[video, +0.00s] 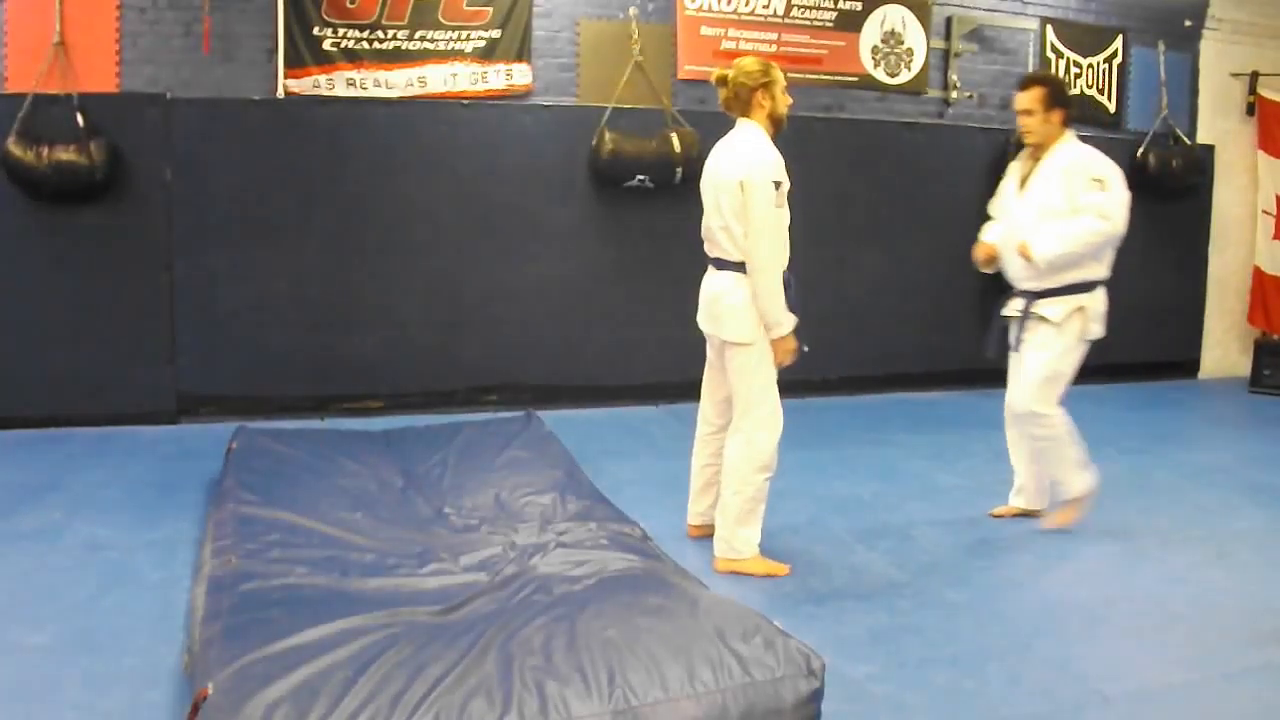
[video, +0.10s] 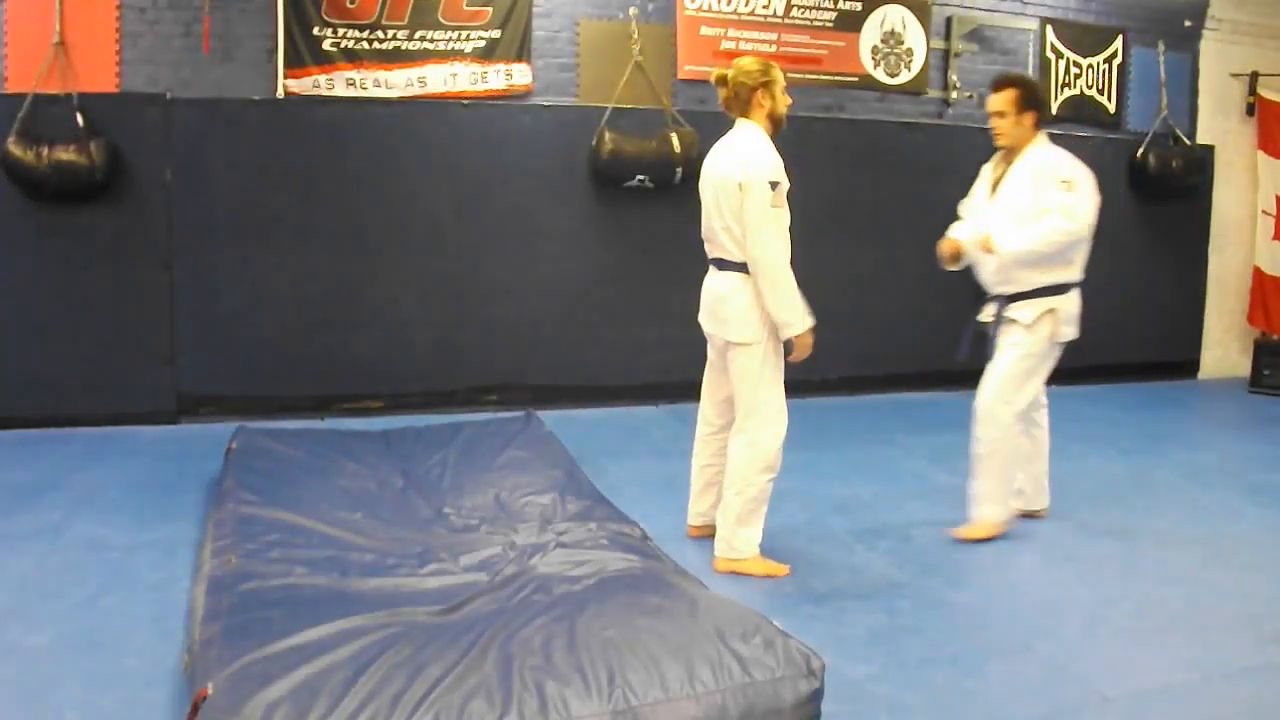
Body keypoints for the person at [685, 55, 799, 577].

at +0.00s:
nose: (789, 100)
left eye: (786, 91)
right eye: (784, 92)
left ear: (745, 99)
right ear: (763, 97)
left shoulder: (724, 150)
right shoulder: (762, 158)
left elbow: (718, 238)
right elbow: (765, 254)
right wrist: (780, 328)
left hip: (716, 286)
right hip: (744, 294)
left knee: (718, 410)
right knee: (760, 421)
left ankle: (703, 515)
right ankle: (737, 549)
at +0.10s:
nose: (788, 102)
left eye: (785, 92)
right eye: (782, 93)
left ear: (740, 98)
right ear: (763, 98)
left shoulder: (721, 151)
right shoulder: (760, 159)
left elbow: (719, 239)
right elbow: (767, 252)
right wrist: (797, 321)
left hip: (718, 286)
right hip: (747, 294)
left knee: (718, 410)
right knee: (763, 424)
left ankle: (703, 514)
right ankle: (737, 547)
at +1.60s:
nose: (753, 99)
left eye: (751, 90)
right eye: (750, 91)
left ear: (707, 94)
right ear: (731, 95)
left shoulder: (674, 139)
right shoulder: (726, 155)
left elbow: (740, 187)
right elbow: (784, 207)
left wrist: (782, 188)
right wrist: (847, 238)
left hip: (664, 281)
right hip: (685, 292)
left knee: (728, 376)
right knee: (686, 412)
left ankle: (723, 477)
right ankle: (645, 532)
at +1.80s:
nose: (758, 106)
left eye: (756, 97)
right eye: (755, 98)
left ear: (712, 99)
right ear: (740, 100)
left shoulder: (680, 150)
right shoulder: (742, 158)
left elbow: (718, 214)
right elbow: (783, 234)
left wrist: (768, 250)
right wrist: (836, 289)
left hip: (678, 284)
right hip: (707, 292)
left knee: (712, 403)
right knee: (693, 412)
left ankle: (707, 509)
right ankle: (646, 530)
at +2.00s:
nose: (784, 112)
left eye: (781, 103)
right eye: (780, 104)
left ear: (740, 108)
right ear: (762, 107)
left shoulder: (713, 155)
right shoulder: (759, 161)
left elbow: (700, 237)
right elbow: (752, 249)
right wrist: (740, 323)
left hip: (696, 286)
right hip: (730, 294)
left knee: (717, 407)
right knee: (761, 410)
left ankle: (710, 505)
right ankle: (682, 507)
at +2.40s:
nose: (813, 104)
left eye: (811, 95)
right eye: (809, 95)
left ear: (762, 101)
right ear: (792, 100)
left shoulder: (736, 151)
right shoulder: (796, 158)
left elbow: (730, 230)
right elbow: (801, 249)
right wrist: (814, 329)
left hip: (722, 284)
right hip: (762, 294)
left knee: (740, 408)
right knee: (782, 421)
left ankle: (717, 496)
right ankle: (759, 545)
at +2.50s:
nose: (811, 98)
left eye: (809, 89)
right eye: (807, 90)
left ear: (759, 94)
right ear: (792, 95)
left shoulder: (733, 148)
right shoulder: (797, 153)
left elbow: (734, 223)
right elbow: (817, 240)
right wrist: (842, 312)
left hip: (723, 280)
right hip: (765, 290)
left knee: (737, 403)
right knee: (779, 417)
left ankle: (721, 496)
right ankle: (758, 543)